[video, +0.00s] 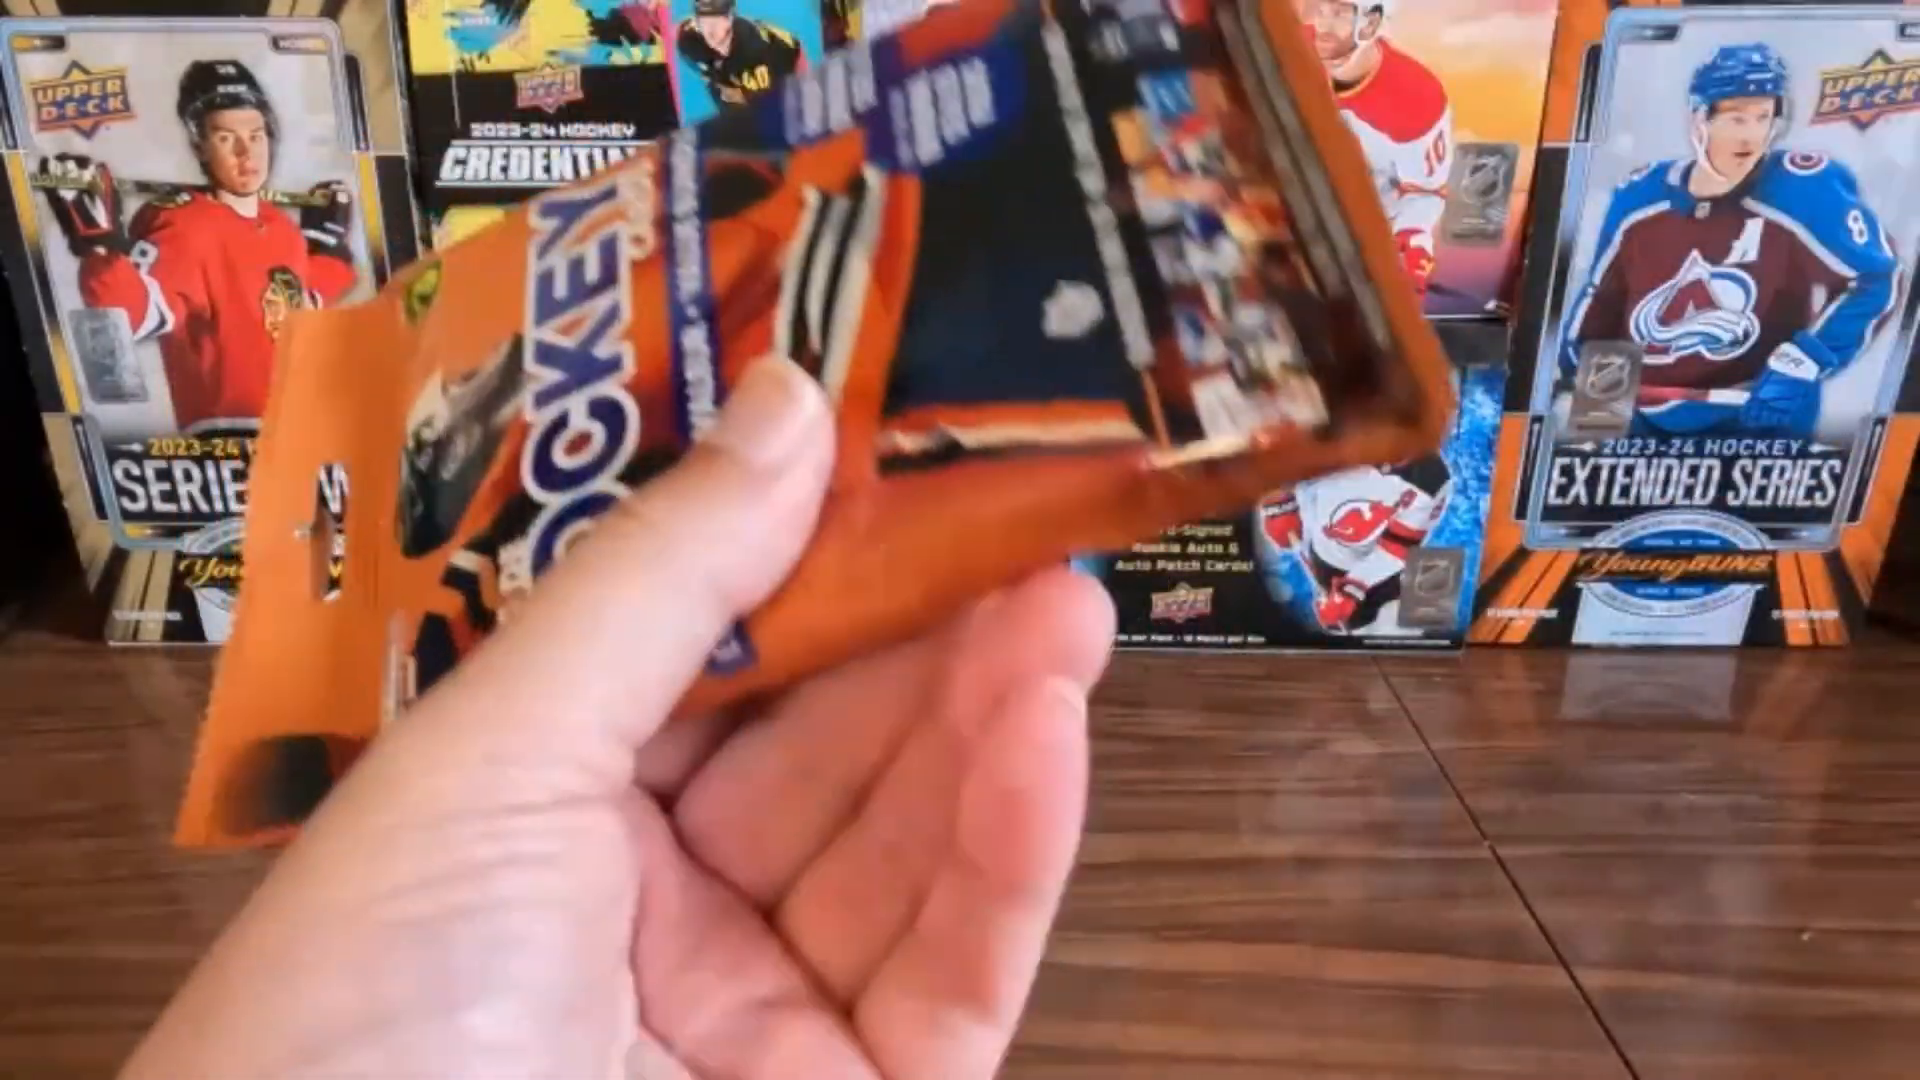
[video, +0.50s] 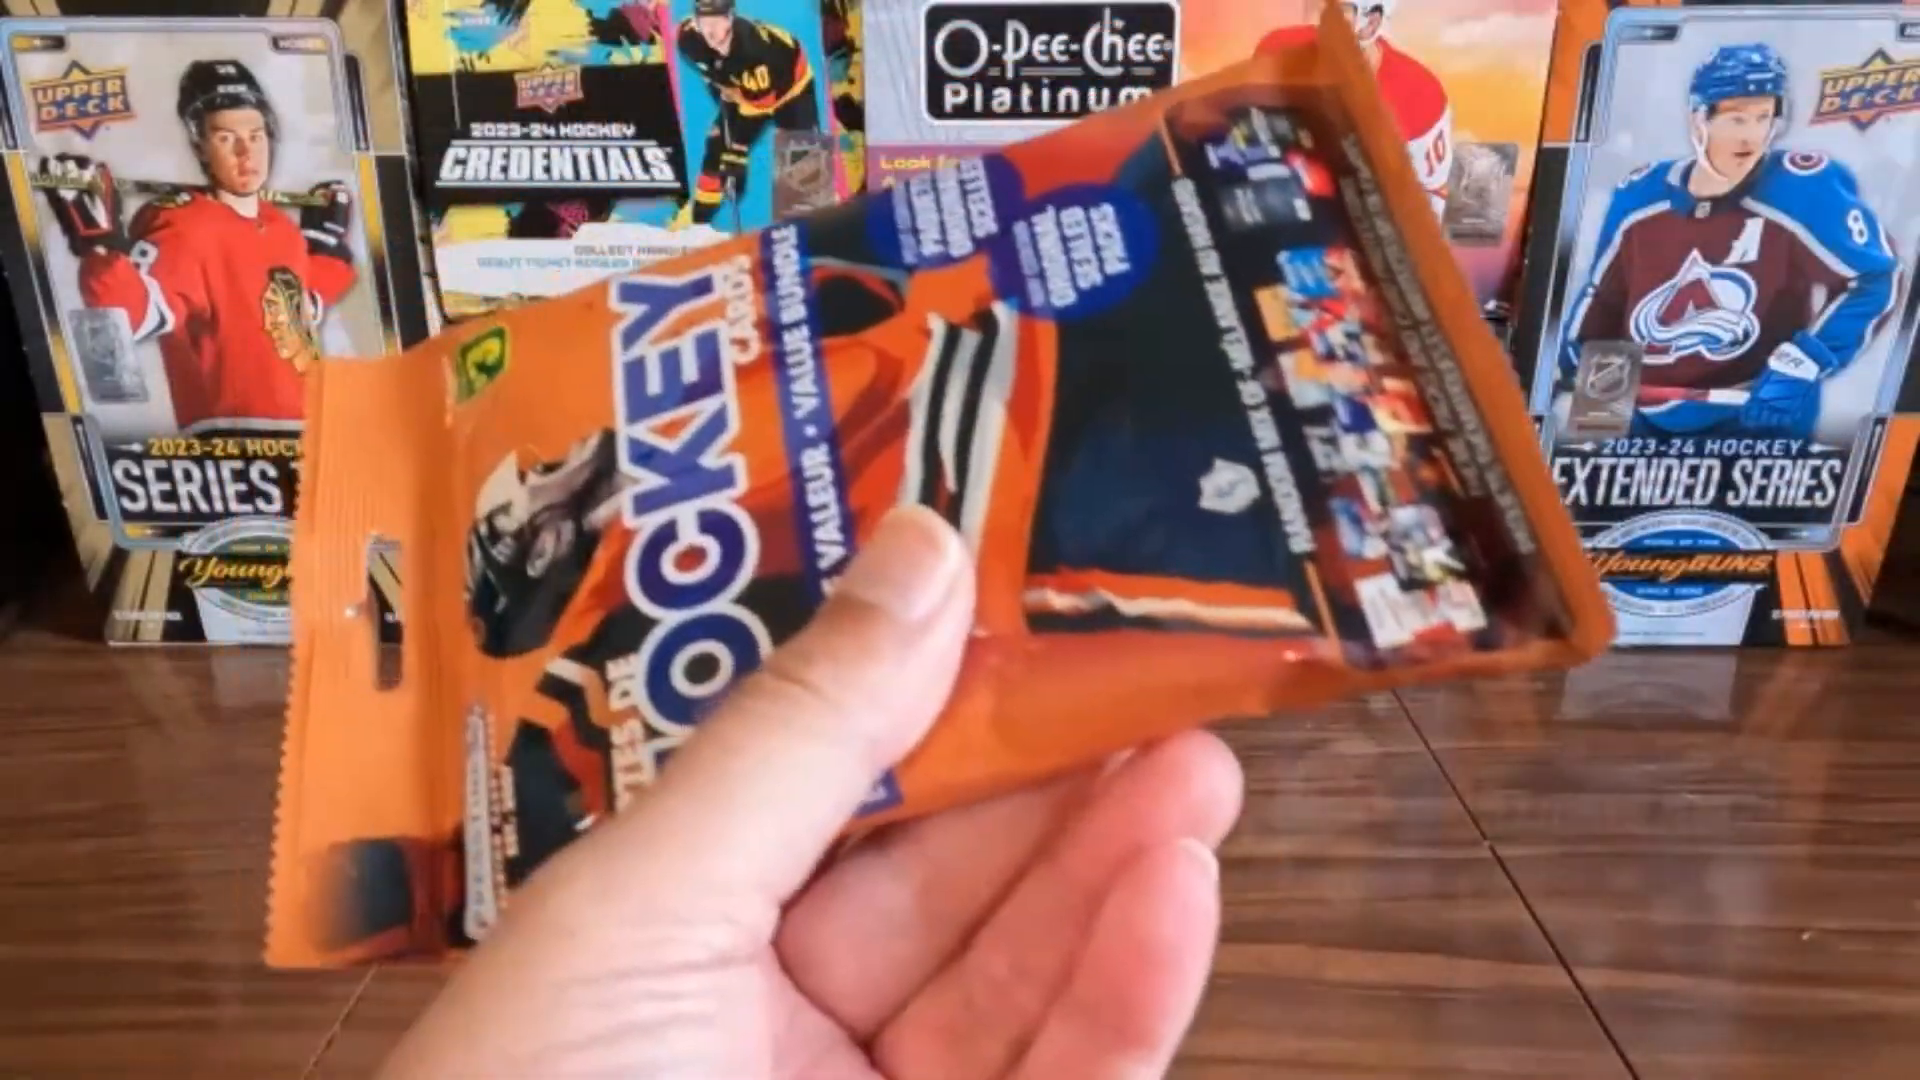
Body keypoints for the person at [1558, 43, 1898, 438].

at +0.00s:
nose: (1749, 135)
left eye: (1762, 118)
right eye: (1735, 118)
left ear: (1775, 123)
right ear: (1699, 124)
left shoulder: (1805, 193)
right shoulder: (1638, 199)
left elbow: (1879, 280)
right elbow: (1596, 297)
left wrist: (1802, 365)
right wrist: (1588, 373)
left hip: (1747, 426)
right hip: (1639, 421)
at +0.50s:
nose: (1749, 135)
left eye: (1762, 119)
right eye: (1735, 119)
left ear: (1775, 123)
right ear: (1698, 124)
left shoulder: (1804, 193)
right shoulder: (1639, 198)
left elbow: (1878, 280)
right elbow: (1598, 296)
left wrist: (1803, 364)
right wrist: (1579, 371)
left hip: (1745, 427)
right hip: (1638, 422)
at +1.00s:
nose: (1750, 135)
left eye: (1762, 119)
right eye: (1735, 119)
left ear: (1775, 123)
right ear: (1698, 124)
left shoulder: (1804, 192)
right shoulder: (1639, 197)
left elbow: (1878, 280)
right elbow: (1599, 295)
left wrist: (1802, 364)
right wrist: (1580, 370)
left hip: (1745, 427)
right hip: (1637, 421)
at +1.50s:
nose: (1749, 135)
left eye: (1762, 118)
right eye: (1735, 118)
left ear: (1775, 123)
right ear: (1698, 123)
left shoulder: (1805, 192)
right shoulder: (1638, 197)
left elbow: (1879, 280)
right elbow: (1599, 297)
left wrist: (1802, 365)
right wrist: (1576, 369)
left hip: (1744, 427)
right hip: (1637, 421)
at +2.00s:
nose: (1749, 135)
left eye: (1762, 118)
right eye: (1735, 118)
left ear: (1775, 123)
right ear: (1698, 123)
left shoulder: (1808, 191)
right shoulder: (1638, 197)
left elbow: (1879, 280)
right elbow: (1600, 296)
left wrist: (1802, 365)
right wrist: (1578, 366)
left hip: (1745, 427)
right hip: (1637, 422)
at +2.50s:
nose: (1750, 135)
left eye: (1762, 118)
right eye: (1735, 119)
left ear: (1775, 123)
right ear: (1698, 123)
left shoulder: (1805, 191)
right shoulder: (1638, 197)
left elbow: (1878, 280)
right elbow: (1600, 295)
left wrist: (1802, 365)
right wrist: (1577, 367)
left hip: (1742, 427)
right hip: (1635, 421)